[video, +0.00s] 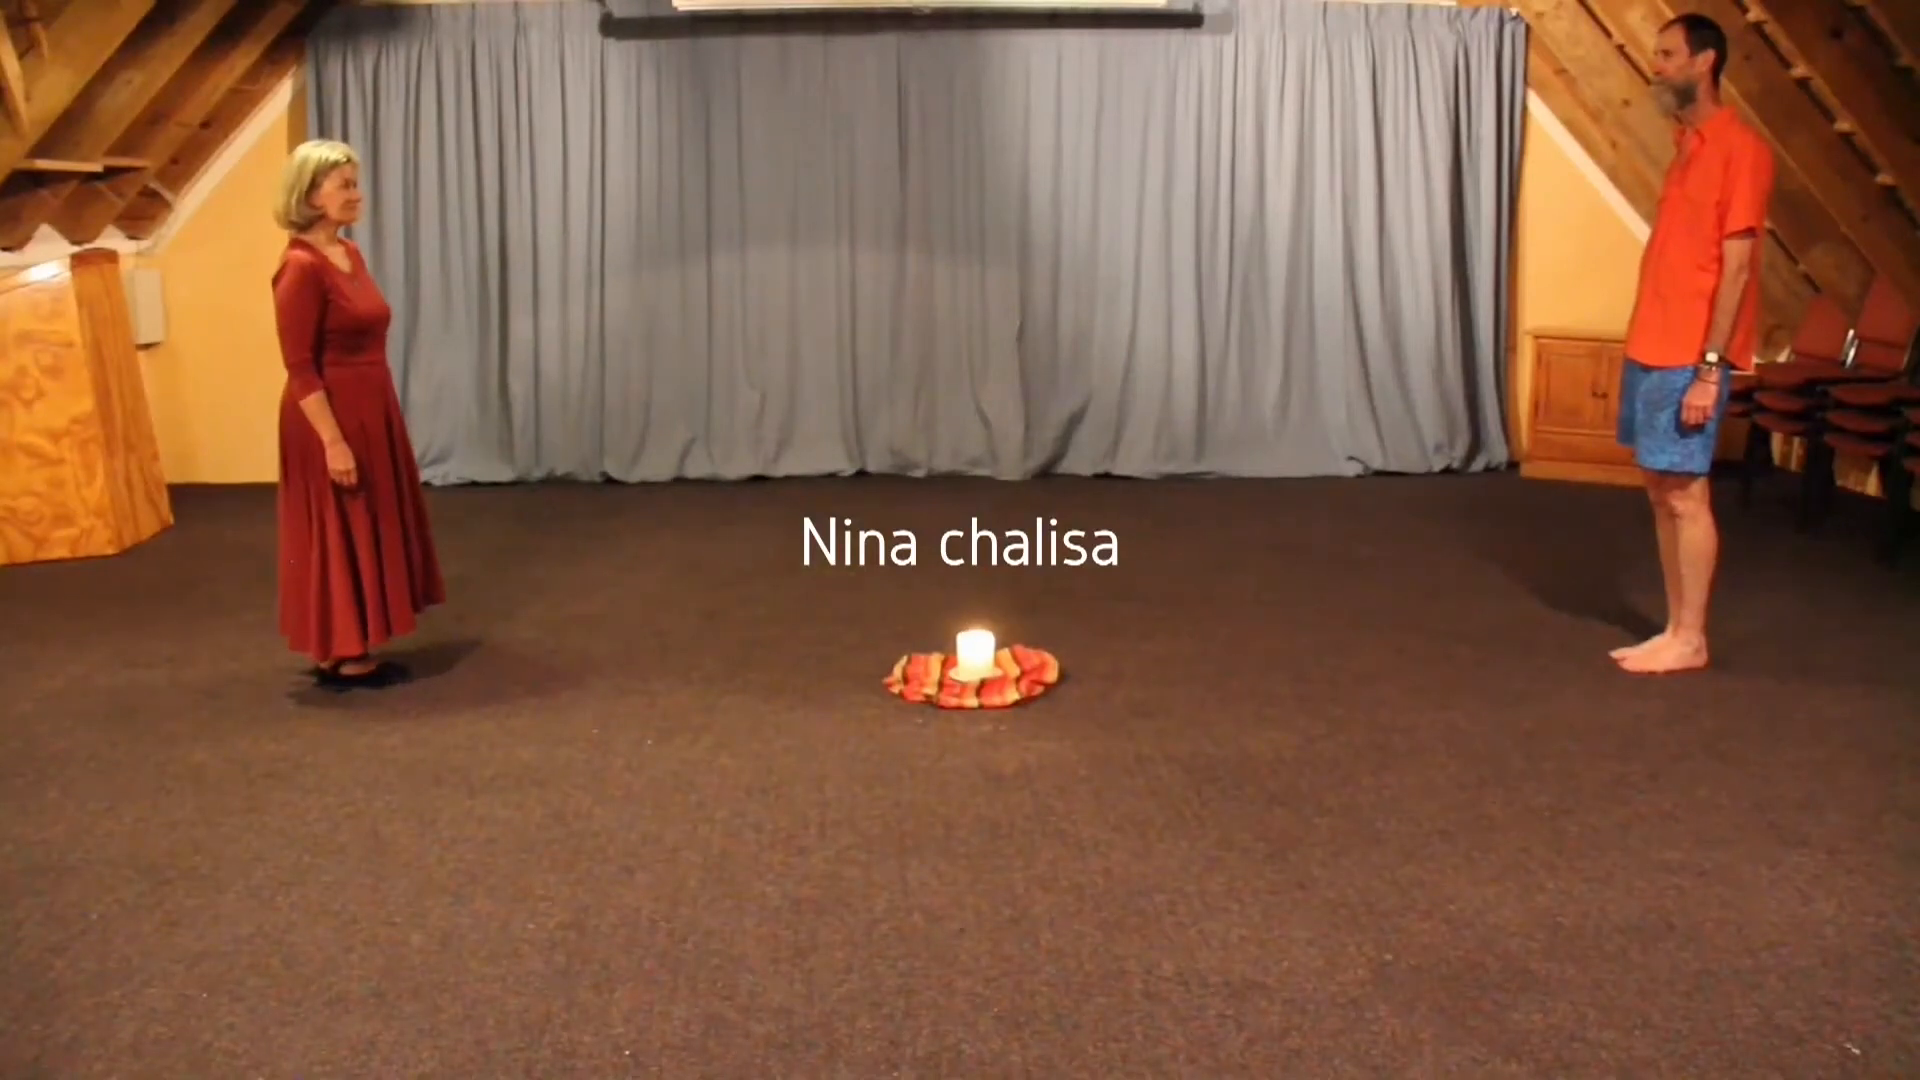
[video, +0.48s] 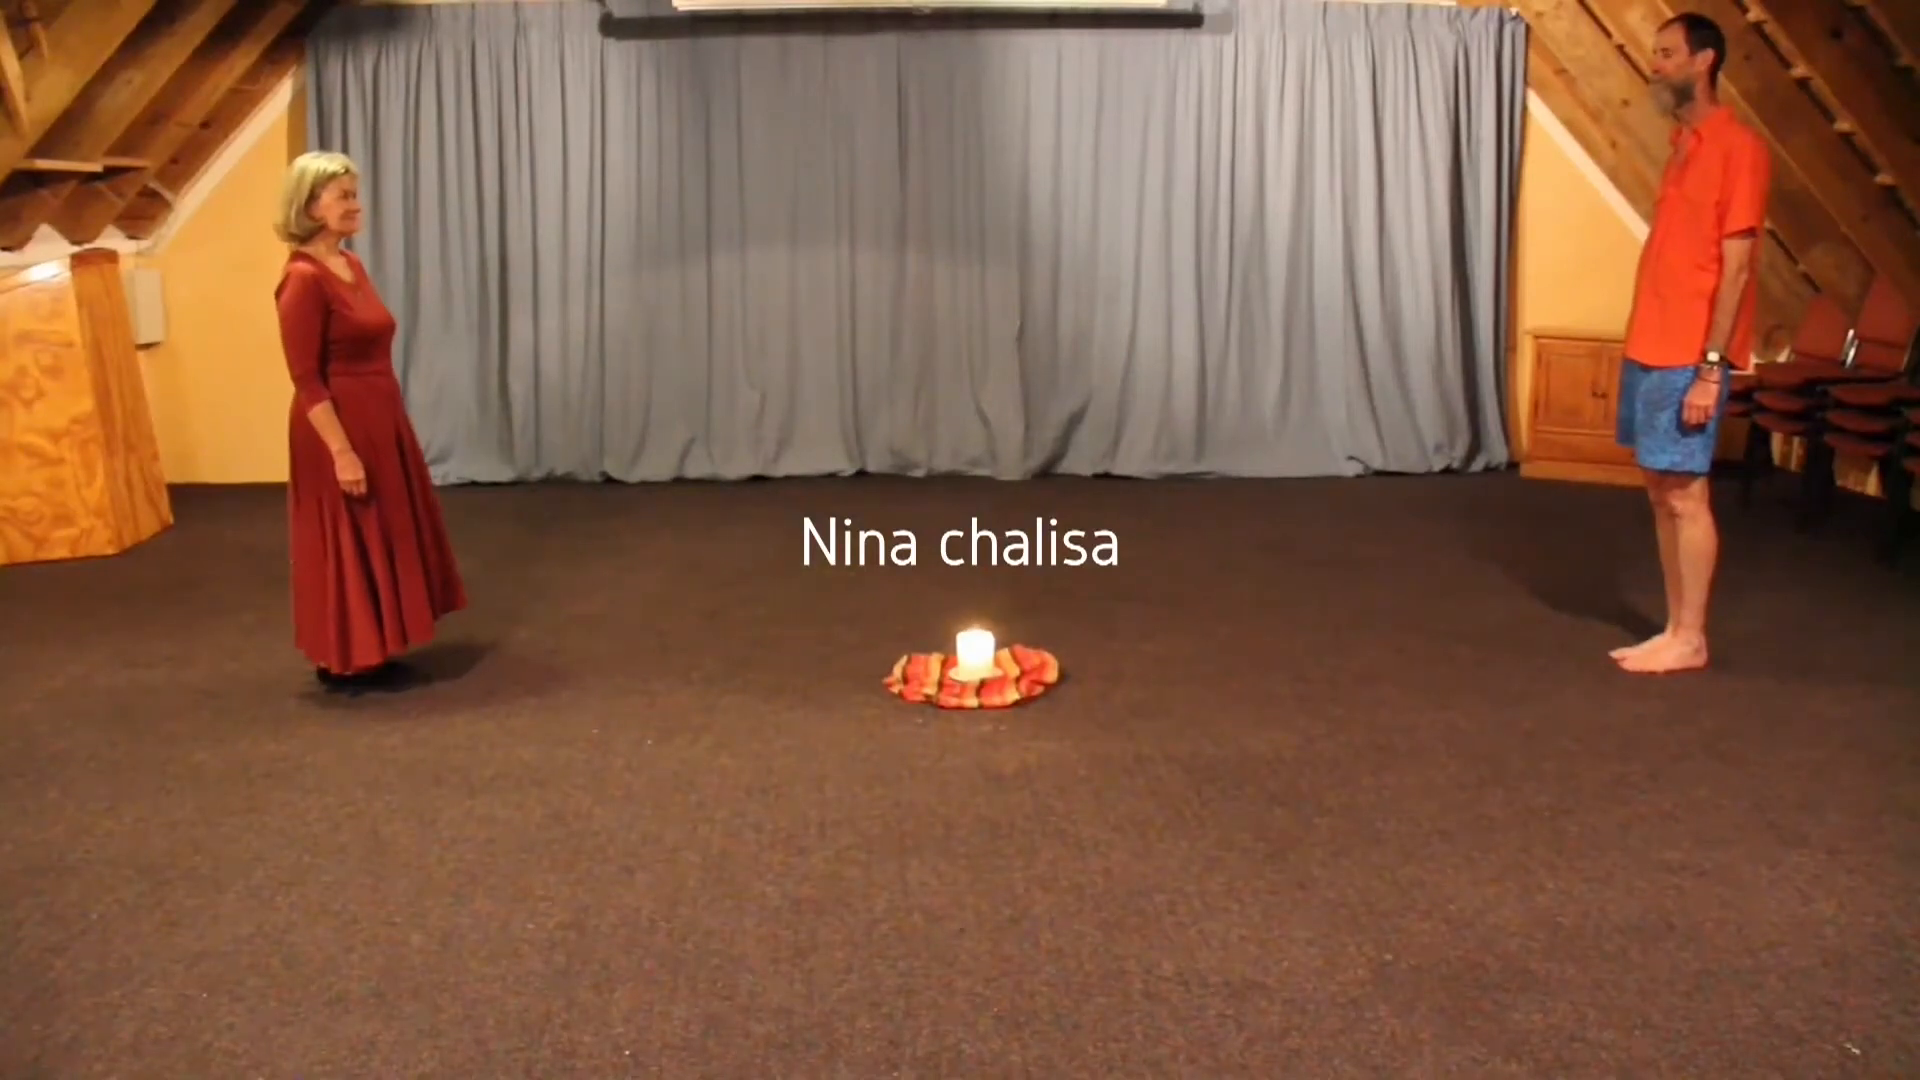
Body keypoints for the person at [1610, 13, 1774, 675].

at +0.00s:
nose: (1655, 66)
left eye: (1667, 55)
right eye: (1655, 55)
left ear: (1706, 61)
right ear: (1692, 63)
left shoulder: (1741, 146)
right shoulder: (1691, 145)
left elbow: (1738, 266)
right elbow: (1681, 257)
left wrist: (1712, 365)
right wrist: (1650, 348)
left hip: (1691, 359)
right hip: (1655, 353)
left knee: (1686, 498)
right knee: (1662, 494)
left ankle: (1691, 639)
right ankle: (1677, 630)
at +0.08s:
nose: (1655, 65)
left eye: (1666, 54)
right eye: (1655, 54)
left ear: (1705, 61)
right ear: (1690, 62)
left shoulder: (1741, 145)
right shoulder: (1691, 143)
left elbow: (1738, 265)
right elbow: (1681, 255)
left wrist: (1712, 365)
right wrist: (1651, 348)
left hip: (1691, 359)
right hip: (1653, 353)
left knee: (1686, 498)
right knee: (1662, 494)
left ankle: (1691, 639)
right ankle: (1677, 630)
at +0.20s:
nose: (1654, 65)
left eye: (1666, 53)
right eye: (1654, 53)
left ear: (1705, 61)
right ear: (1688, 63)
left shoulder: (1740, 145)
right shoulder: (1689, 143)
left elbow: (1738, 265)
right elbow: (1679, 255)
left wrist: (1712, 365)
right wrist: (1649, 347)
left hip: (1691, 359)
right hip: (1653, 353)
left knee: (1687, 498)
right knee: (1662, 494)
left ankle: (1691, 638)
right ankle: (1677, 630)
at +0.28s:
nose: (1654, 65)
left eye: (1666, 53)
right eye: (1654, 53)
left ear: (1705, 61)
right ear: (1688, 62)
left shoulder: (1740, 145)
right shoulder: (1688, 143)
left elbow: (1738, 265)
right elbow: (1678, 254)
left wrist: (1712, 364)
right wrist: (1649, 346)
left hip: (1691, 359)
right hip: (1653, 353)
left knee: (1686, 499)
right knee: (1662, 494)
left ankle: (1691, 638)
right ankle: (1677, 630)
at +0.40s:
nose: (1654, 65)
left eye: (1666, 53)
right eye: (1654, 53)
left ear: (1705, 61)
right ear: (1686, 63)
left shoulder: (1740, 145)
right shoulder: (1687, 143)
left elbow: (1738, 265)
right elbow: (1677, 254)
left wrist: (1713, 364)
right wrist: (1648, 347)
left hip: (1690, 360)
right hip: (1652, 353)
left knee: (1687, 498)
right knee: (1662, 495)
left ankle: (1691, 638)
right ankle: (1677, 630)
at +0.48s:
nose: (1654, 65)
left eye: (1666, 53)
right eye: (1654, 54)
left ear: (1705, 61)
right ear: (1686, 63)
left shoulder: (1740, 145)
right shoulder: (1687, 143)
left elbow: (1738, 265)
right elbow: (1677, 254)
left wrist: (1713, 364)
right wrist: (1648, 346)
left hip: (1690, 359)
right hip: (1652, 353)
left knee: (1686, 498)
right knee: (1662, 495)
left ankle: (1691, 638)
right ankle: (1677, 630)